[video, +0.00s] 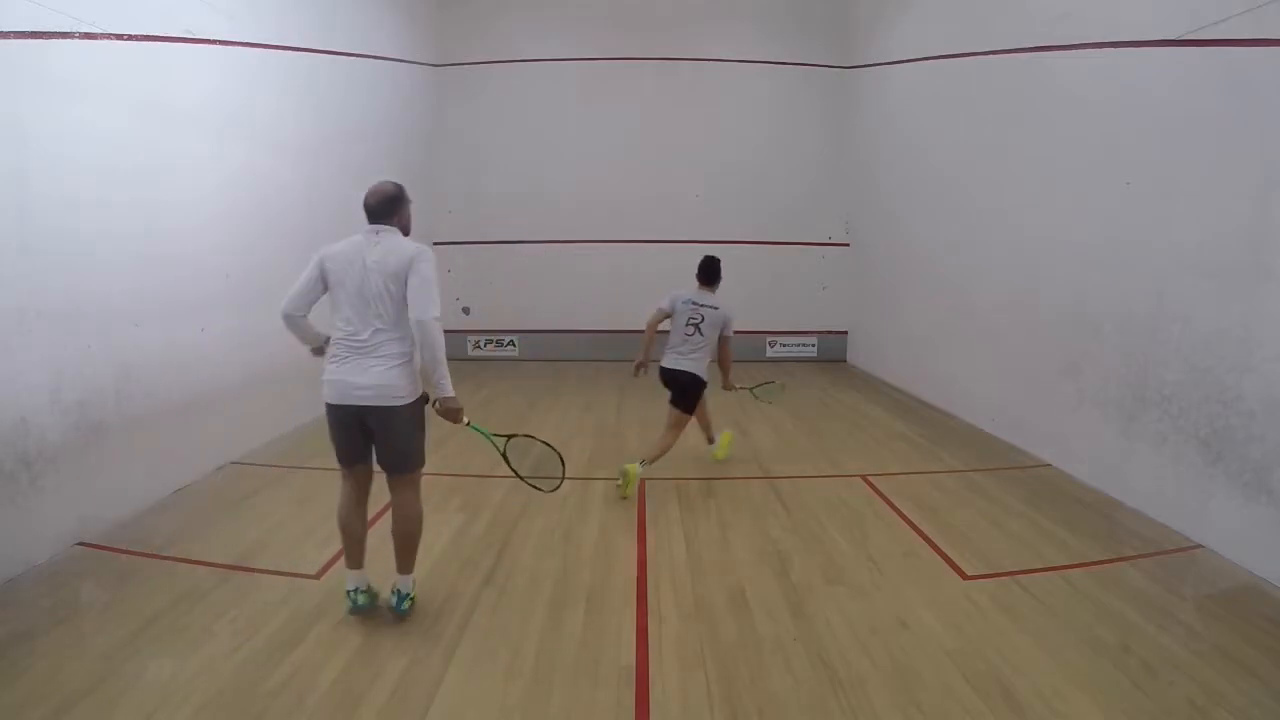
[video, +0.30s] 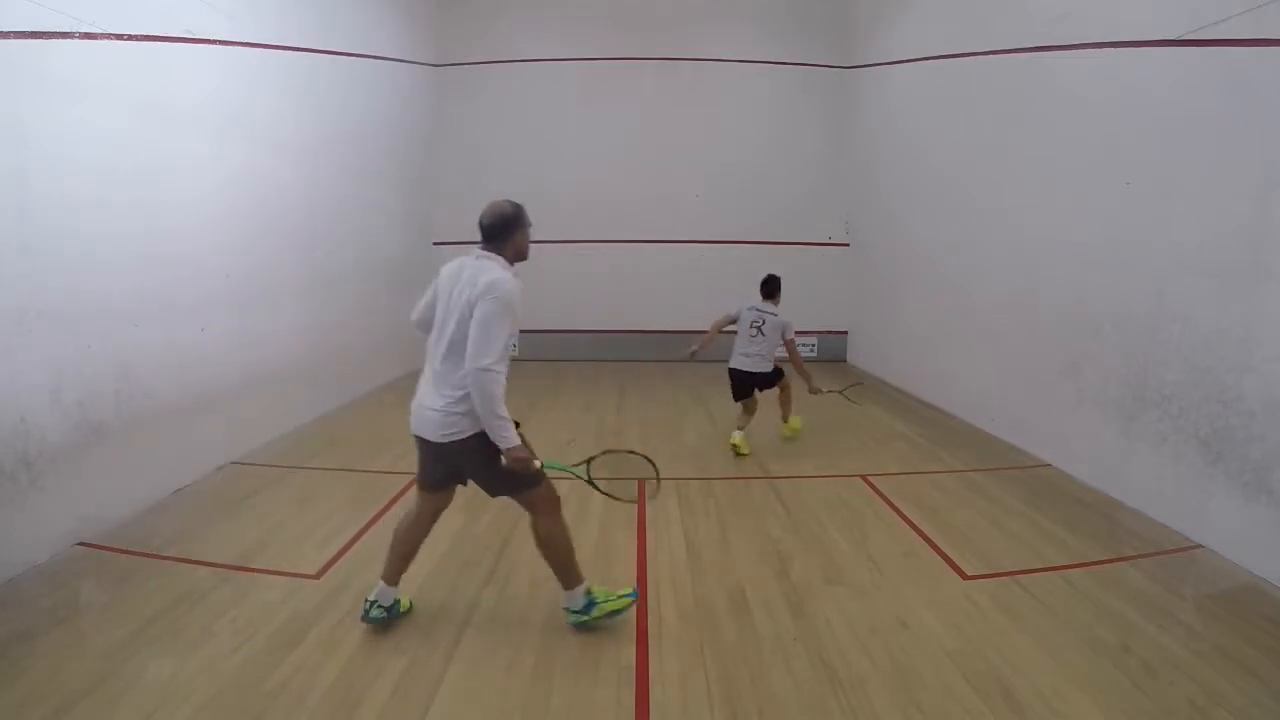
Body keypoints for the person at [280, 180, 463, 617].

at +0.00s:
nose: (412, 218)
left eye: (410, 211)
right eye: (411, 212)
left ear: (366, 216)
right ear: (403, 215)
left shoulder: (333, 255)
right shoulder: (414, 254)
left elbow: (291, 311)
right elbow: (425, 323)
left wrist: (318, 343)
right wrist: (444, 392)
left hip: (340, 396)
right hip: (395, 396)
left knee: (353, 482)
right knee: (404, 489)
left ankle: (355, 586)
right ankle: (403, 588)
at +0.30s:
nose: (530, 240)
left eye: (528, 231)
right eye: (526, 232)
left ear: (485, 235)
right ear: (513, 237)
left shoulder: (453, 269)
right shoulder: (500, 285)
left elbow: (422, 318)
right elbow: (483, 371)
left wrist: (464, 346)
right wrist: (510, 442)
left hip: (428, 421)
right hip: (468, 428)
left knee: (428, 502)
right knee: (544, 502)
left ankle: (381, 599)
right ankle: (580, 601)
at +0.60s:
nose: (685, 239)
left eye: (686, 231)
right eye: (684, 231)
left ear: (641, 224)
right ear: (673, 231)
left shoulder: (602, 255)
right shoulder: (642, 275)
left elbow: (565, 306)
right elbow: (624, 365)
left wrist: (599, 343)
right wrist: (632, 446)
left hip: (572, 406)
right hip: (597, 414)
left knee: (613, 492)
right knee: (624, 507)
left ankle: (574, 571)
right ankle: (601, 606)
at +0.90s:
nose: (811, 243)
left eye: (808, 238)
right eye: (811, 238)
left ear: (765, 239)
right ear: (806, 244)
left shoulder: (736, 276)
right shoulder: (787, 295)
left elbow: (686, 326)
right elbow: (782, 385)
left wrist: (668, 374)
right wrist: (804, 461)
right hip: (736, 435)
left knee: (789, 493)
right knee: (718, 529)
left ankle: (805, 586)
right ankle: (627, 590)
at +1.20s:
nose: (939, 234)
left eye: (932, 227)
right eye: (938, 229)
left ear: (891, 229)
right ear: (933, 235)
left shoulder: (862, 266)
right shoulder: (919, 289)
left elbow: (825, 320)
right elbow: (926, 381)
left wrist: (861, 354)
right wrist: (959, 449)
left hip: (835, 416)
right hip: (872, 428)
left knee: (849, 496)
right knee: (933, 514)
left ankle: (810, 585)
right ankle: (904, 620)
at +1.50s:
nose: (1096, 248)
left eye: (1094, 240)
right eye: (1096, 240)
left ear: (1050, 235)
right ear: (1087, 243)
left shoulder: (1008, 271)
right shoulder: (1066, 302)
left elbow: (968, 327)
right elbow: (1071, 404)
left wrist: (1014, 362)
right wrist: (1104, 479)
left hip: (979, 429)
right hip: (1017, 443)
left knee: (998, 514)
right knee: (1048, 539)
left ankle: (905, 572)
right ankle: (1018, 637)